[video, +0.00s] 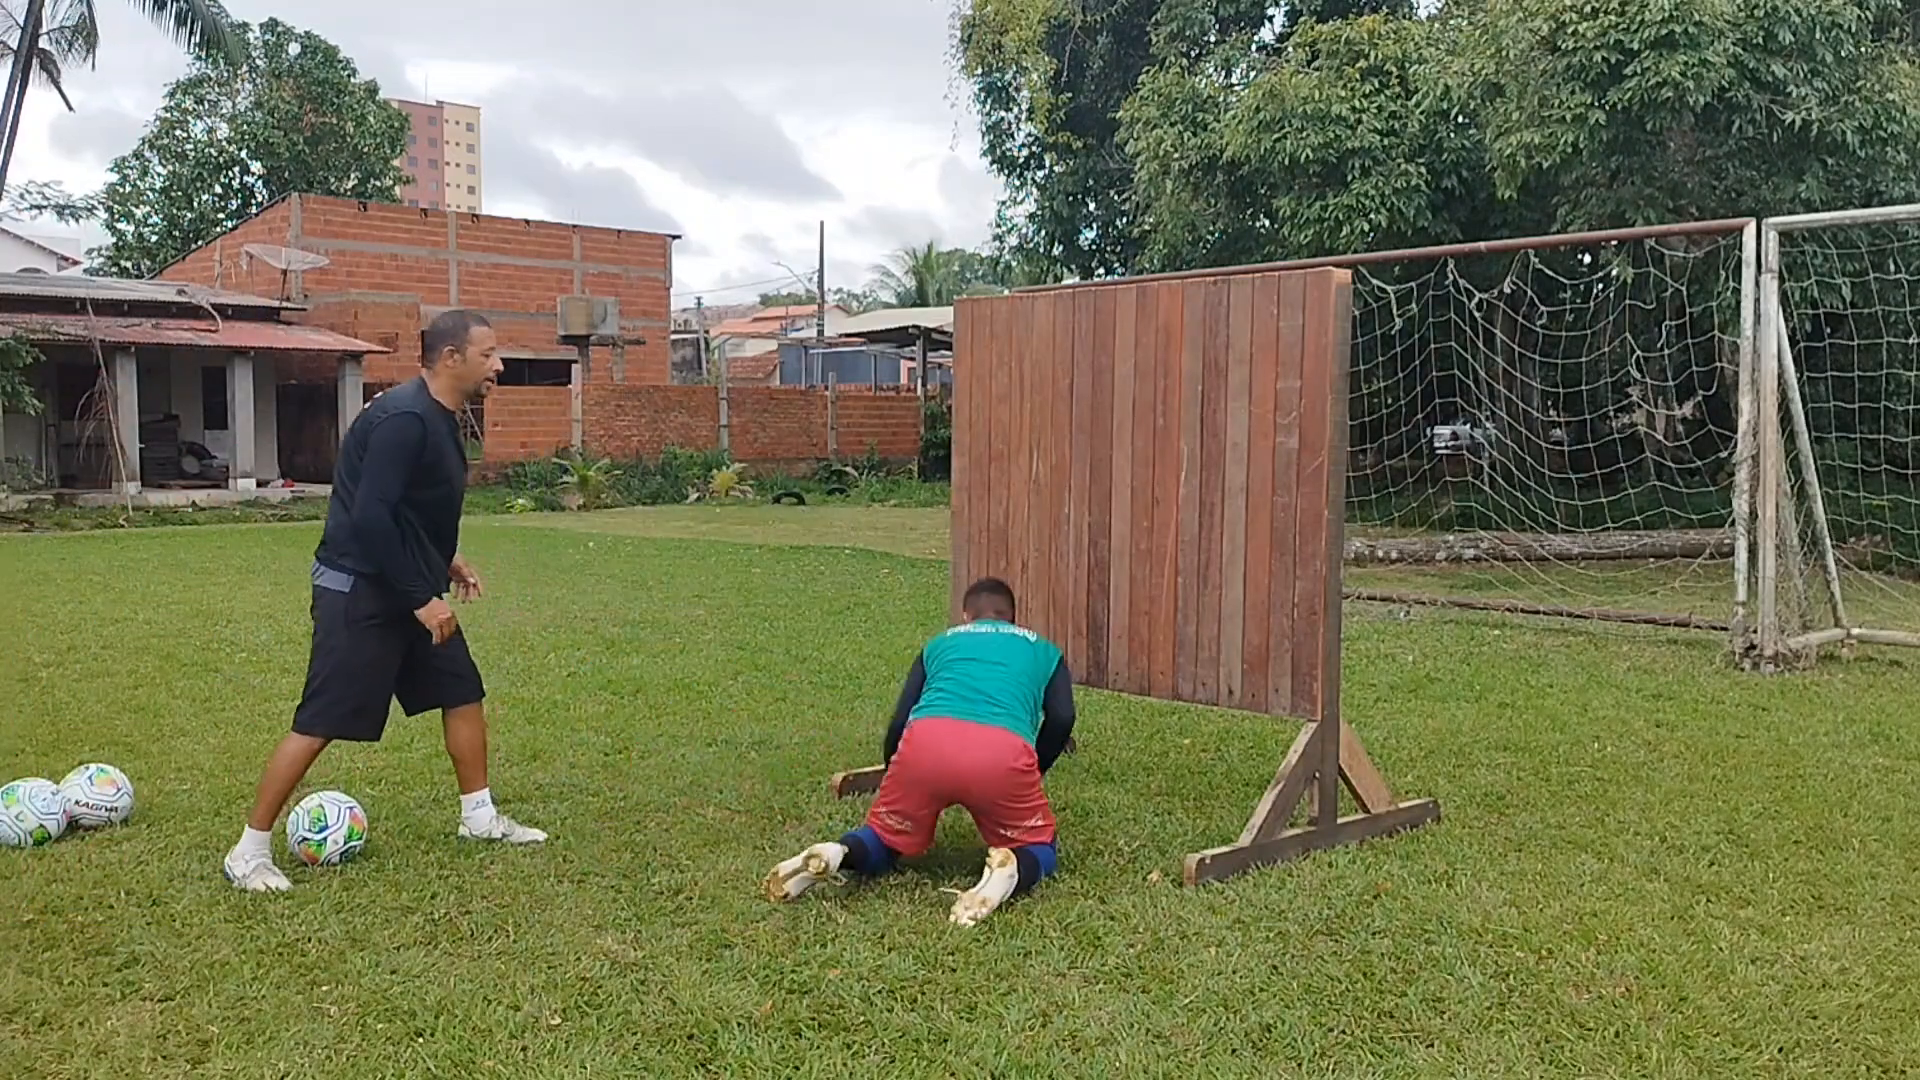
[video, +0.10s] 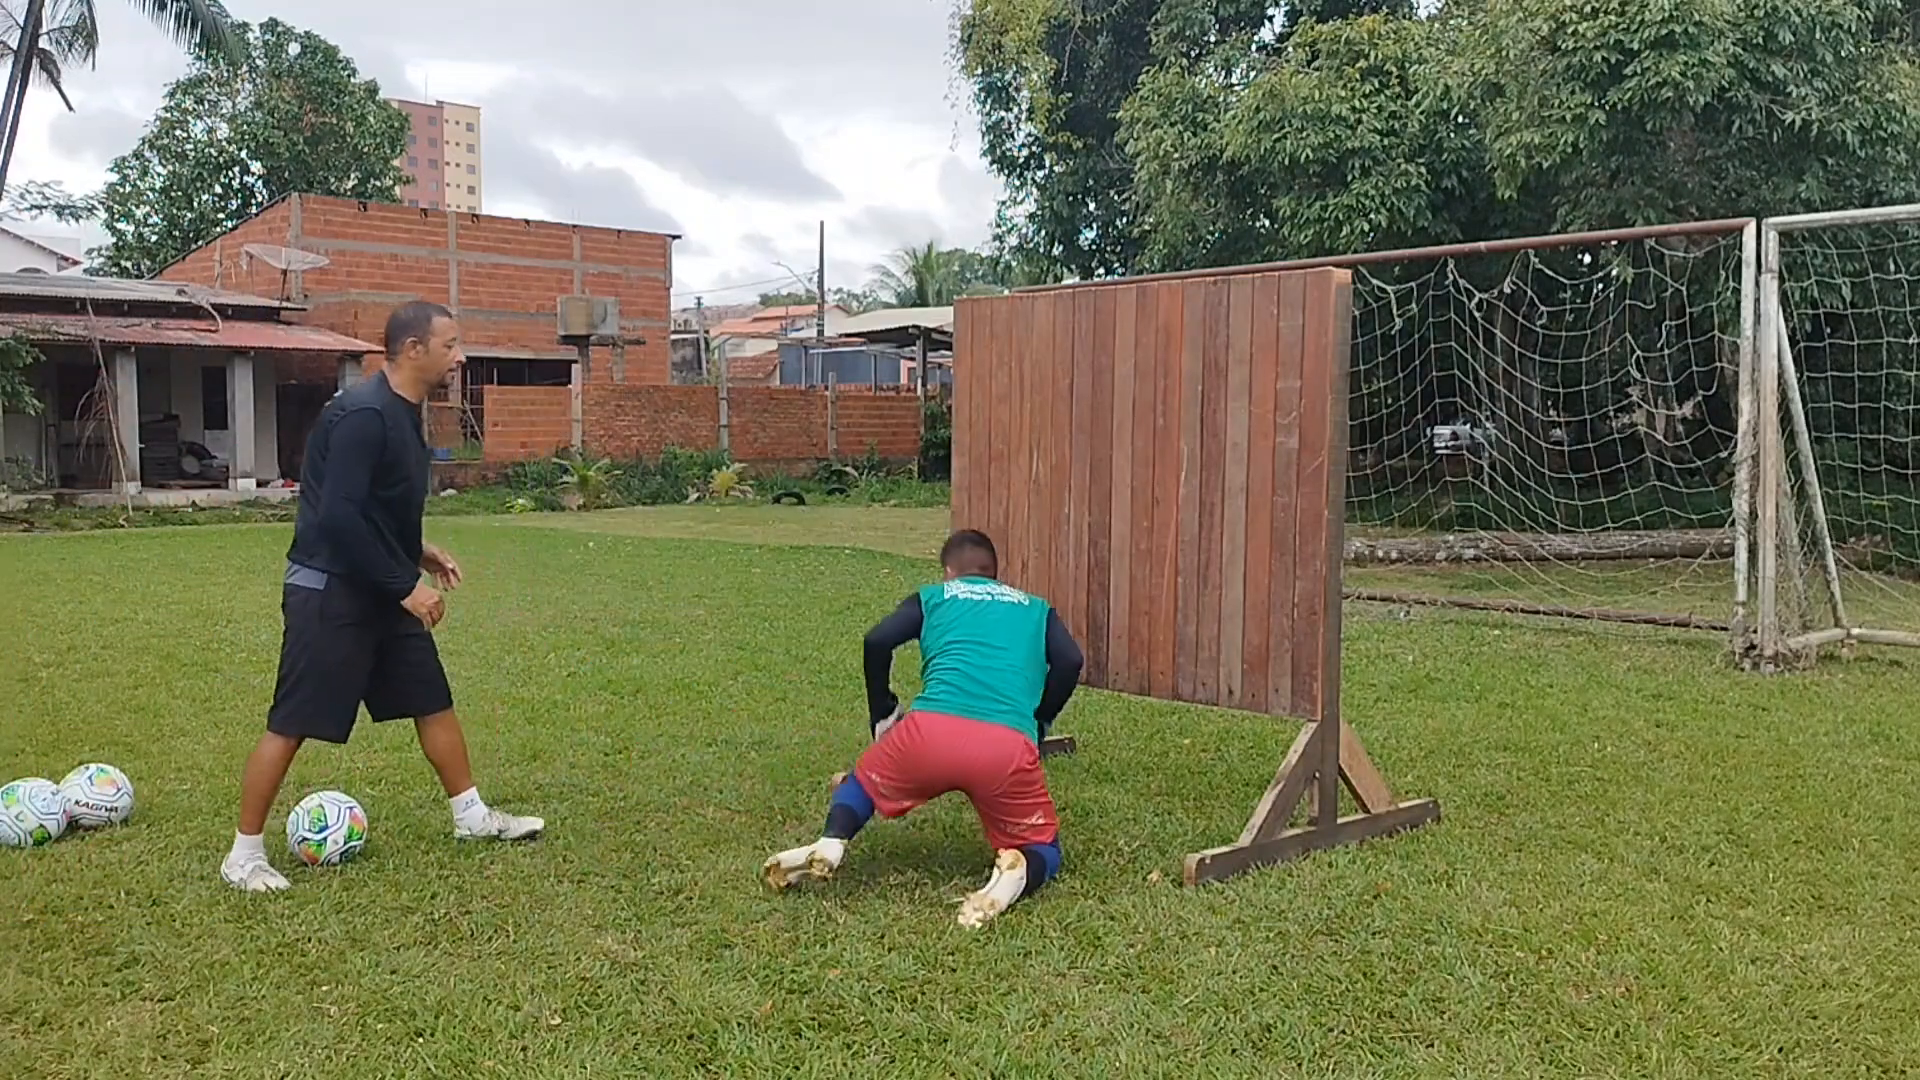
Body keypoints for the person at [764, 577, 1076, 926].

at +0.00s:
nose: (966, 622)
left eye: (965, 617)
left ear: (965, 616)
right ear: (1014, 617)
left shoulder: (939, 643)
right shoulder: (1045, 650)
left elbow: (900, 721)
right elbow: (1062, 720)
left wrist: (893, 772)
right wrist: (1027, 774)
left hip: (925, 739)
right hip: (1001, 751)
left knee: (883, 835)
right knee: (1040, 848)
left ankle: (833, 855)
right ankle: (1011, 870)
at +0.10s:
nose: (943, 578)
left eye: (943, 572)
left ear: (948, 572)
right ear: (996, 571)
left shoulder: (931, 597)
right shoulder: (1037, 609)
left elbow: (877, 640)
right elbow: (1070, 660)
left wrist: (882, 711)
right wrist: (1040, 721)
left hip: (931, 730)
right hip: (1006, 746)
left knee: (862, 786)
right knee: (1041, 847)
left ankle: (832, 844)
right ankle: (1016, 875)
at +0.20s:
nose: (904, 551)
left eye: (904, 544)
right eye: (903, 544)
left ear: (917, 540)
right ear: (960, 539)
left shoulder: (907, 569)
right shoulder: (1008, 582)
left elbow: (843, 617)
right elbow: (1045, 655)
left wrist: (884, 664)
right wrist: (1003, 694)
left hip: (926, 736)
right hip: (1002, 750)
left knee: (863, 704)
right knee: (1040, 848)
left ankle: (858, 831)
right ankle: (1016, 873)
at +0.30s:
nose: (868, 525)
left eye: (868, 517)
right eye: (869, 517)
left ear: (880, 514)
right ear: (924, 512)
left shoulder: (866, 550)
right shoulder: (971, 554)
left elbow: (808, 627)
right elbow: (997, 649)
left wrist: (855, 674)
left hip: (922, 738)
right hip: (995, 739)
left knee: (864, 700)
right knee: (1018, 844)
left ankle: (907, 832)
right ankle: (1027, 874)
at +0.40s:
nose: (836, 507)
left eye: (835, 499)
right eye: (834, 499)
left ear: (851, 497)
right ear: (896, 494)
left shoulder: (836, 536)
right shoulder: (936, 529)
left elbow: (805, 629)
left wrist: (863, 665)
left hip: (904, 722)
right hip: (974, 722)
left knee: (881, 700)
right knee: (985, 827)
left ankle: (910, 830)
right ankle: (1017, 870)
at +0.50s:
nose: (812, 474)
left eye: (811, 467)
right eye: (810, 467)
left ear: (823, 465)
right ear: (873, 462)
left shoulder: (807, 513)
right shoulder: (914, 500)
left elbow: (792, 611)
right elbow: (930, 586)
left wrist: (841, 653)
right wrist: (914, 640)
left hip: (867, 691)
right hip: (940, 682)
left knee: (887, 717)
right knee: (978, 771)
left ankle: (913, 828)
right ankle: (984, 828)